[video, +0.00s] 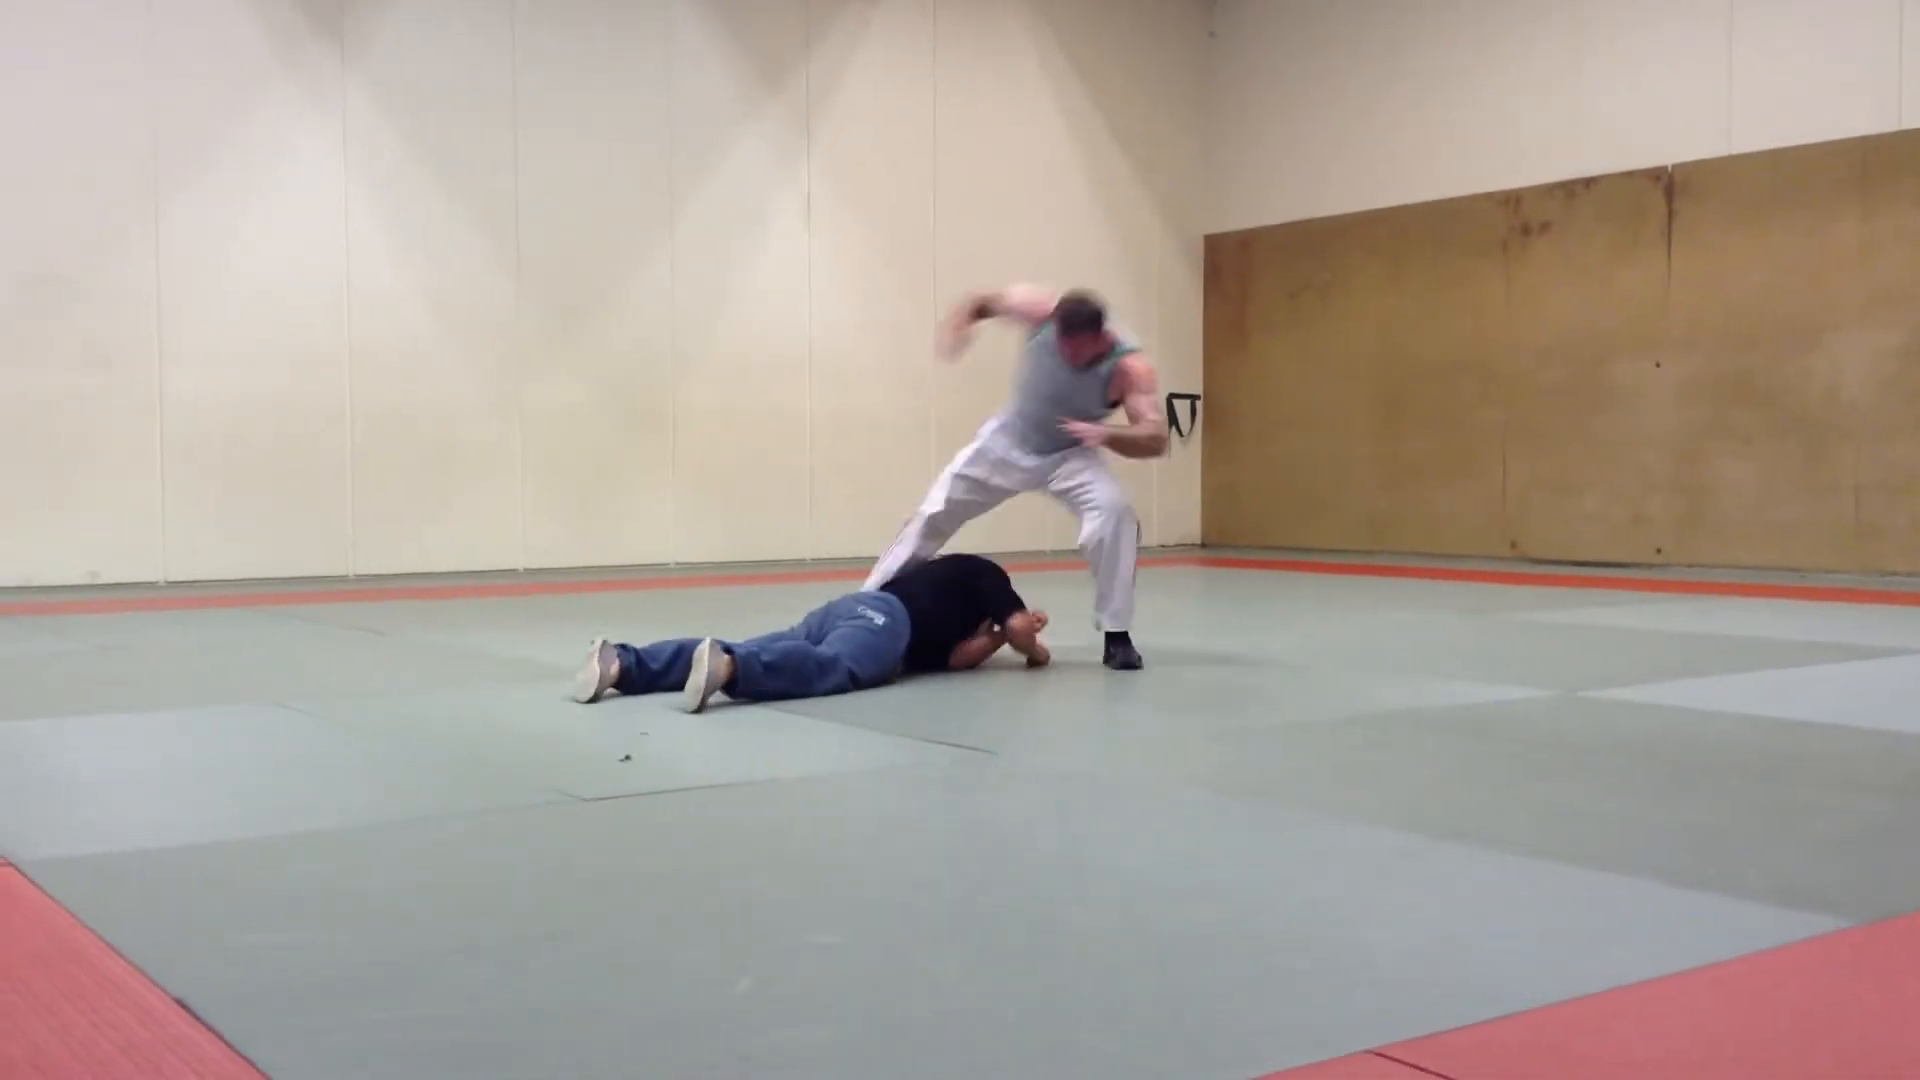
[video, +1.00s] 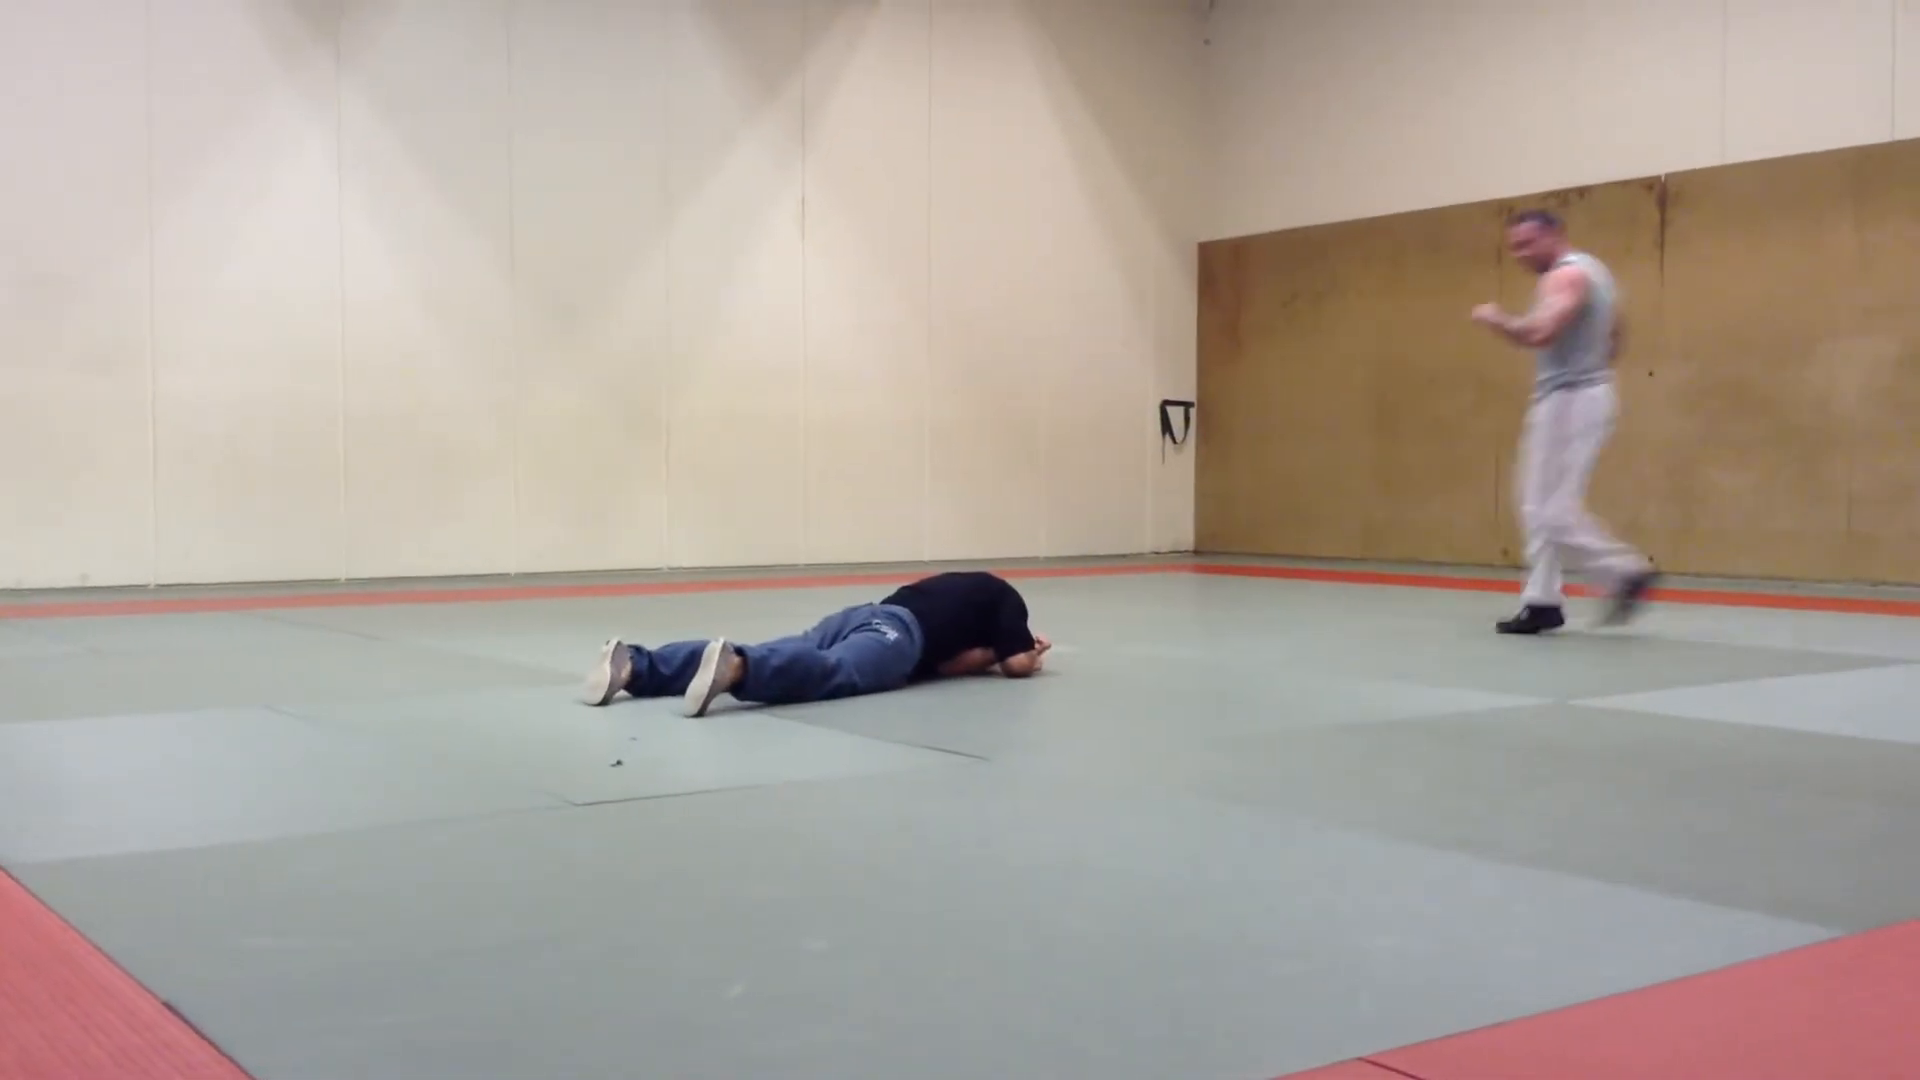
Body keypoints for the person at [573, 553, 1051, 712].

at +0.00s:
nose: (1011, 621)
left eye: (1014, 614)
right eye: (1015, 609)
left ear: (980, 604)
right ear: (1002, 589)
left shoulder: (947, 615)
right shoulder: (982, 574)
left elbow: (957, 660)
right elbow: (1024, 638)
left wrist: (1005, 631)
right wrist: (1038, 656)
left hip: (844, 615)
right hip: (887, 614)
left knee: (749, 653)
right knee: (835, 665)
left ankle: (625, 667)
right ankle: (731, 667)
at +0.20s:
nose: (1025, 641)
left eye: (1022, 639)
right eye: (1027, 638)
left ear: (994, 613)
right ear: (1024, 611)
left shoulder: (958, 601)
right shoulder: (1001, 590)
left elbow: (954, 657)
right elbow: (1018, 656)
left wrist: (1011, 650)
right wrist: (1035, 652)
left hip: (858, 611)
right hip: (900, 620)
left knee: (766, 649)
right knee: (839, 665)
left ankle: (635, 664)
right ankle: (743, 666)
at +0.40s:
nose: (1030, 644)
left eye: (1027, 642)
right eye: (1030, 642)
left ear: (1001, 615)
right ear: (1024, 605)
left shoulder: (956, 593)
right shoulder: (1009, 593)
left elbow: (951, 660)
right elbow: (1023, 657)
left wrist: (1011, 649)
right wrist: (1037, 652)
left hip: (866, 612)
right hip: (909, 621)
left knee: (778, 650)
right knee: (841, 666)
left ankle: (643, 663)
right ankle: (749, 665)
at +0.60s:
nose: (1030, 648)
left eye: (1026, 646)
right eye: (1030, 646)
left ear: (1008, 623)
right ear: (1027, 615)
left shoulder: (958, 593)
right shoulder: (1010, 596)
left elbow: (948, 662)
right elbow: (1023, 660)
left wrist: (1008, 651)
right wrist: (1039, 653)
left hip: (870, 613)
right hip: (910, 624)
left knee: (779, 651)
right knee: (842, 667)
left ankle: (644, 664)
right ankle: (747, 666)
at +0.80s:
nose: (1027, 648)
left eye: (1024, 645)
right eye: (1026, 646)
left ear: (988, 597)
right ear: (1019, 605)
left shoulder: (953, 592)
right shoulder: (1007, 598)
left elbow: (946, 664)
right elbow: (1020, 661)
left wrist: (1006, 653)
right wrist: (1032, 657)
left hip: (864, 616)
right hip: (906, 627)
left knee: (774, 653)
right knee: (838, 670)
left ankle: (641, 667)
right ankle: (745, 668)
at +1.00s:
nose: (1023, 647)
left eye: (1020, 644)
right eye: (1022, 644)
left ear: (986, 601)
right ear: (1015, 606)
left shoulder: (950, 595)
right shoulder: (1003, 599)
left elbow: (943, 665)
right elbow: (1016, 662)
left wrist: (1004, 653)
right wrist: (1029, 658)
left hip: (858, 616)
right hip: (900, 627)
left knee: (767, 653)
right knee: (834, 671)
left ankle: (635, 667)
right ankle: (740, 668)